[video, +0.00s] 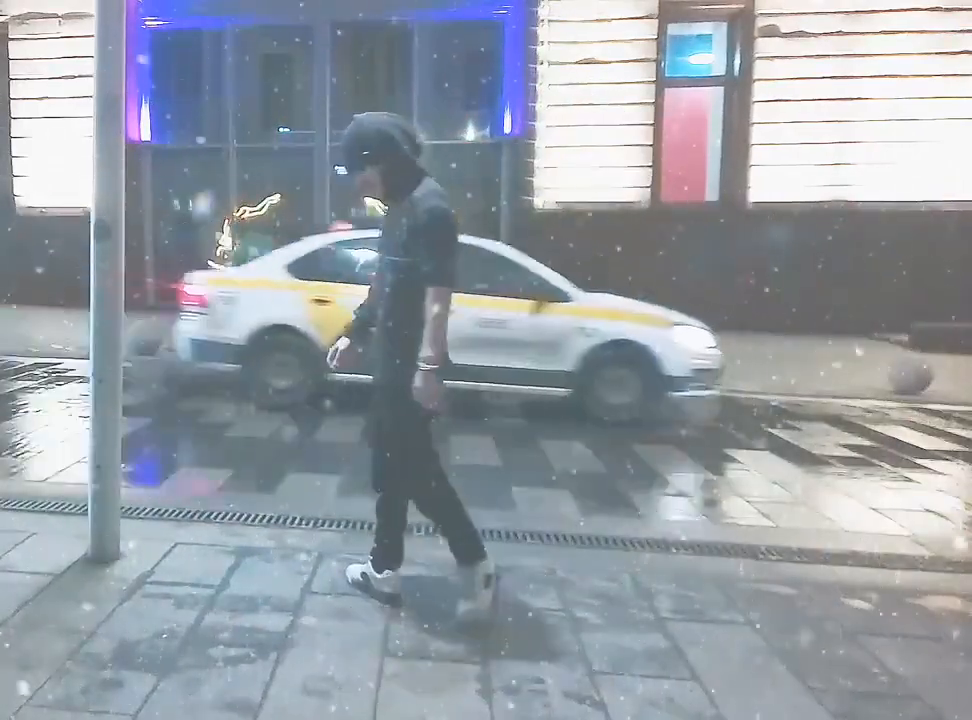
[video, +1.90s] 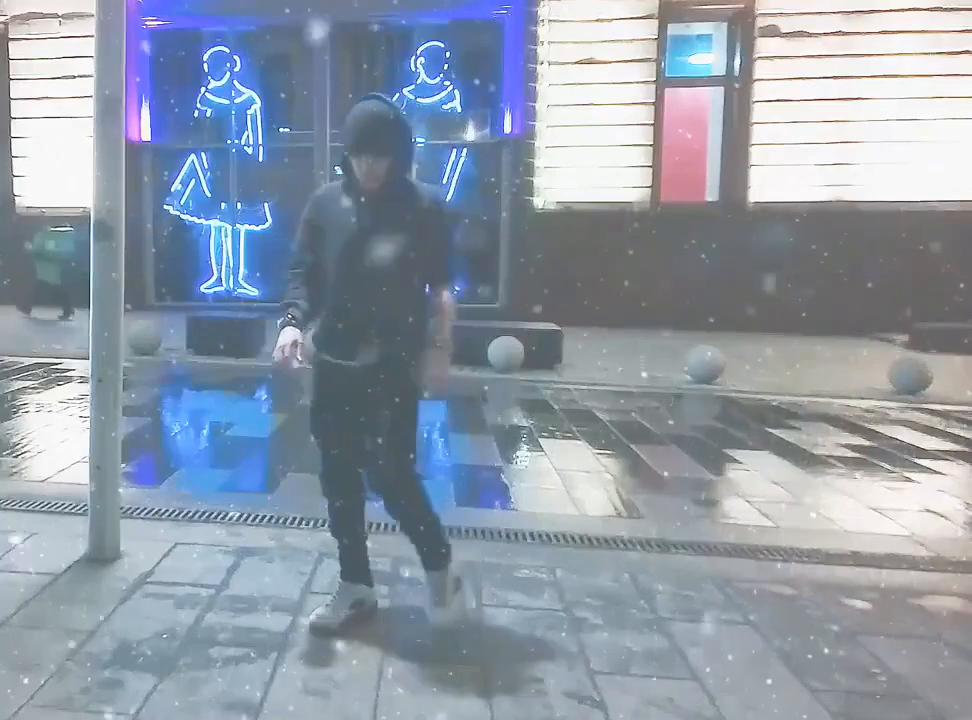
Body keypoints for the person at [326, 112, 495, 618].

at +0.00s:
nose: (360, 184)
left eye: (363, 171)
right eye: (357, 173)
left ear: (388, 161)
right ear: (384, 164)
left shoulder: (430, 211)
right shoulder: (401, 208)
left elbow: (439, 296)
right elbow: (385, 287)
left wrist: (430, 367)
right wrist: (353, 335)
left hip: (408, 360)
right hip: (389, 356)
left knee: (401, 463)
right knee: (401, 462)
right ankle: (384, 569)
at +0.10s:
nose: (370, 184)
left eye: (375, 171)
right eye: (367, 173)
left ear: (403, 160)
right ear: (393, 163)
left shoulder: (447, 209)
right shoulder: (406, 211)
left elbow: (457, 287)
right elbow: (388, 288)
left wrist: (446, 362)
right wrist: (356, 339)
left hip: (422, 358)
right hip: (398, 355)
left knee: (397, 454)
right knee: (417, 458)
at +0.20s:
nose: (387, 178)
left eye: (391, 167)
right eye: (384, 169)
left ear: (416, 159)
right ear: (404, 164)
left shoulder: (466, 207)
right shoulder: (412, 218)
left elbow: (477, 284)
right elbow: (393, 290)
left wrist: (457, 358)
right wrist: (368, 341)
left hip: (440, 361)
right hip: (406, 358)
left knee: (452, 464)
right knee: (395, 459)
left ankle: (479, 567)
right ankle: (385, 565)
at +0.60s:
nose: (444, 173)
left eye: (453, 162)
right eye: (439, 163)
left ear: (480, 157)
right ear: (437, 164)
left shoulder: (528, 212)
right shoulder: (434, 214)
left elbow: (539, 295)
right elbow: (418, 292)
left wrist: (535, 364)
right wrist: (404, 356)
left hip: (492, 370)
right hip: (434, 365)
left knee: (495, 483)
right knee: (407, 471)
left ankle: (483, 580)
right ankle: (391, 576)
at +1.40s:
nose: (459, 168)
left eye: (469, 157)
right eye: (451, 156)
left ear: (483, 157)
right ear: (434, 151)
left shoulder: (491, 214)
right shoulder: (397, 202)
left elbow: (510, 290)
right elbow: (364, 271)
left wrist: (558, 309)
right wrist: (348, 304)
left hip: (461, 364)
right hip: (398, 361)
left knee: (456, 476)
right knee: (379, 476)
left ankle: (477, 572)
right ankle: (362, 580)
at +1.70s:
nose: (404, 167)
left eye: (415, 157)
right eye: (395, 155)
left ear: (430, 156)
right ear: (380, 152)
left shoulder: (449, 211)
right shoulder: (351, 203)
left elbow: (475, 282)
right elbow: (324, 273)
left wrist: (499, 331)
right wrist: (310, 325)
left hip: (419, 366)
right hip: (356, 362)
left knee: (418, 476)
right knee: (352, 481)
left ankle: (464, 563)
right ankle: (356, 589)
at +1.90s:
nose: (370, 167)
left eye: (380, 156)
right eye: (362, 155)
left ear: (398, 156)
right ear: (348, 154)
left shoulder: (423, 208)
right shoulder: (325, 203)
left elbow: (441, 285)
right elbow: (301, 273)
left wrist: (441, 348)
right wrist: (292, 324)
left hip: (396, 359)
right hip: (334, 358)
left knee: (390, 474)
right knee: (340, 478)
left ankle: (439, 566)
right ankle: (355, 586)